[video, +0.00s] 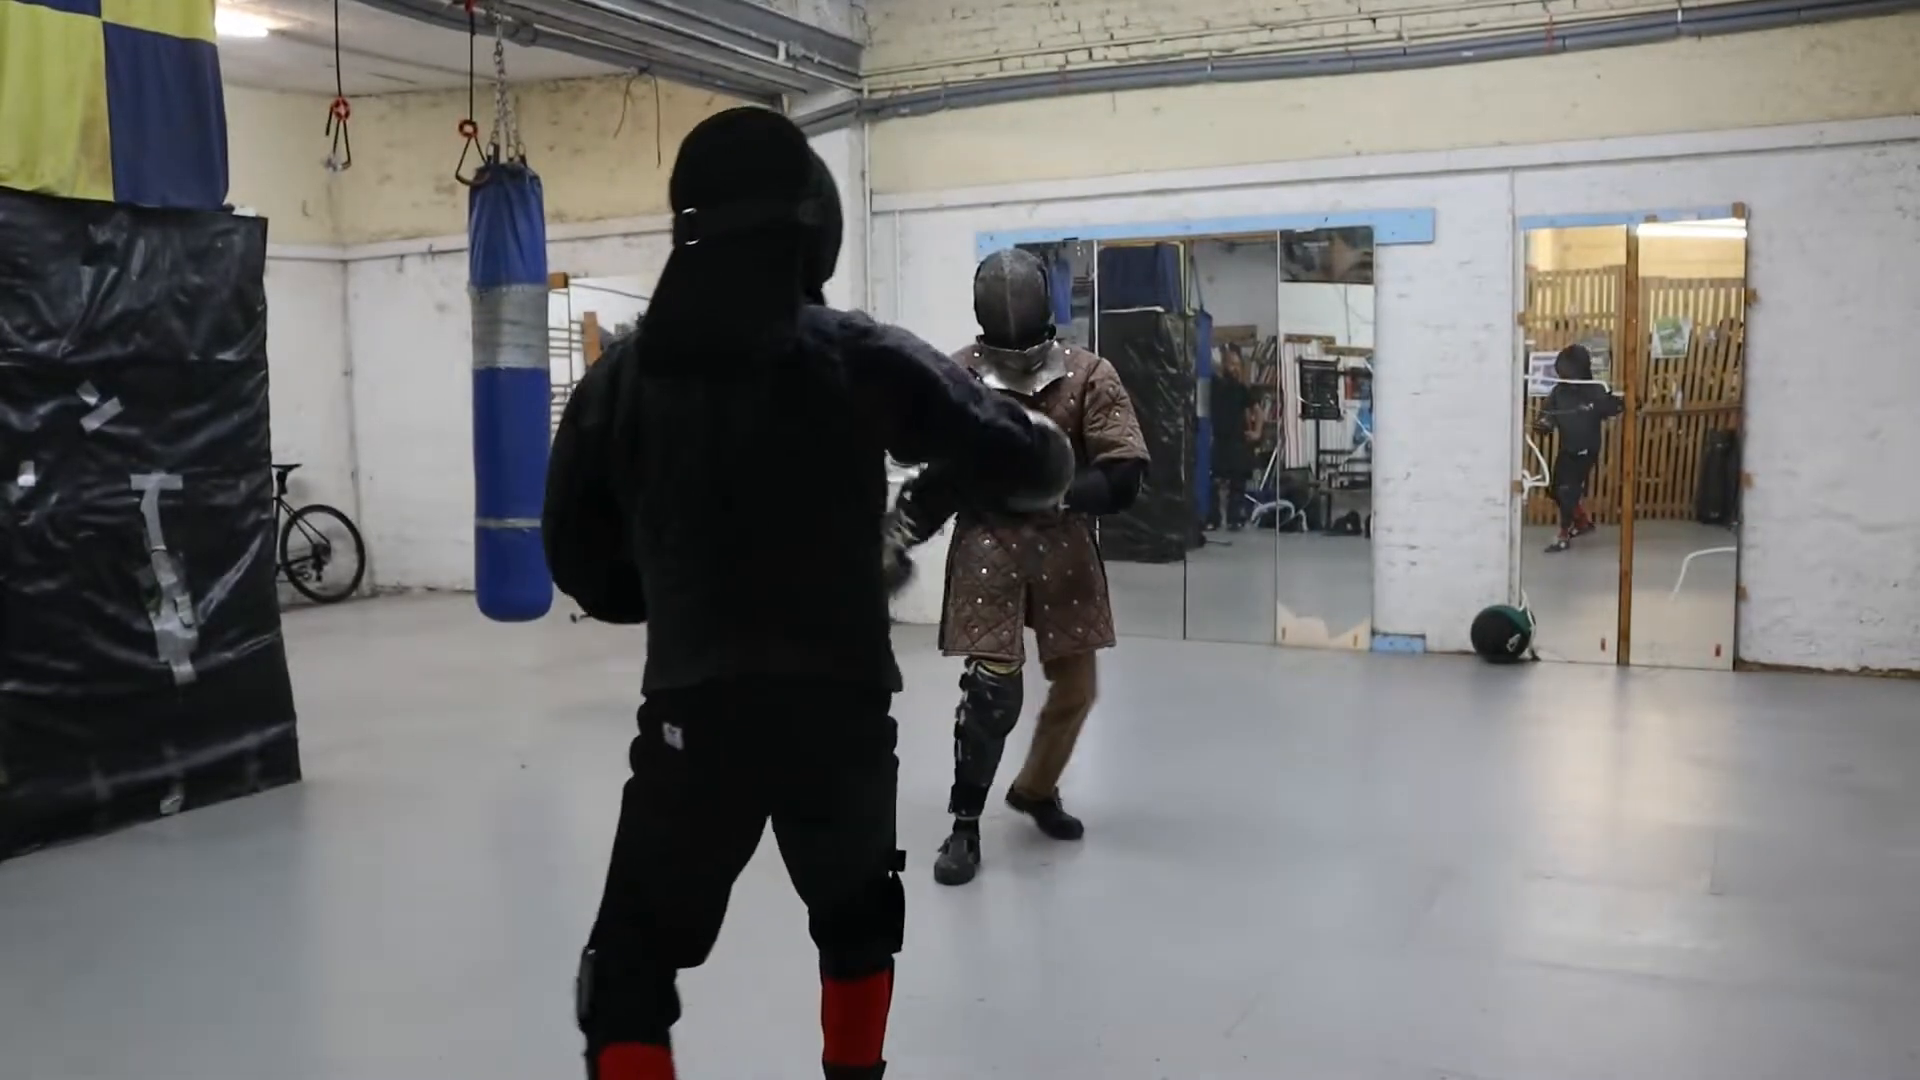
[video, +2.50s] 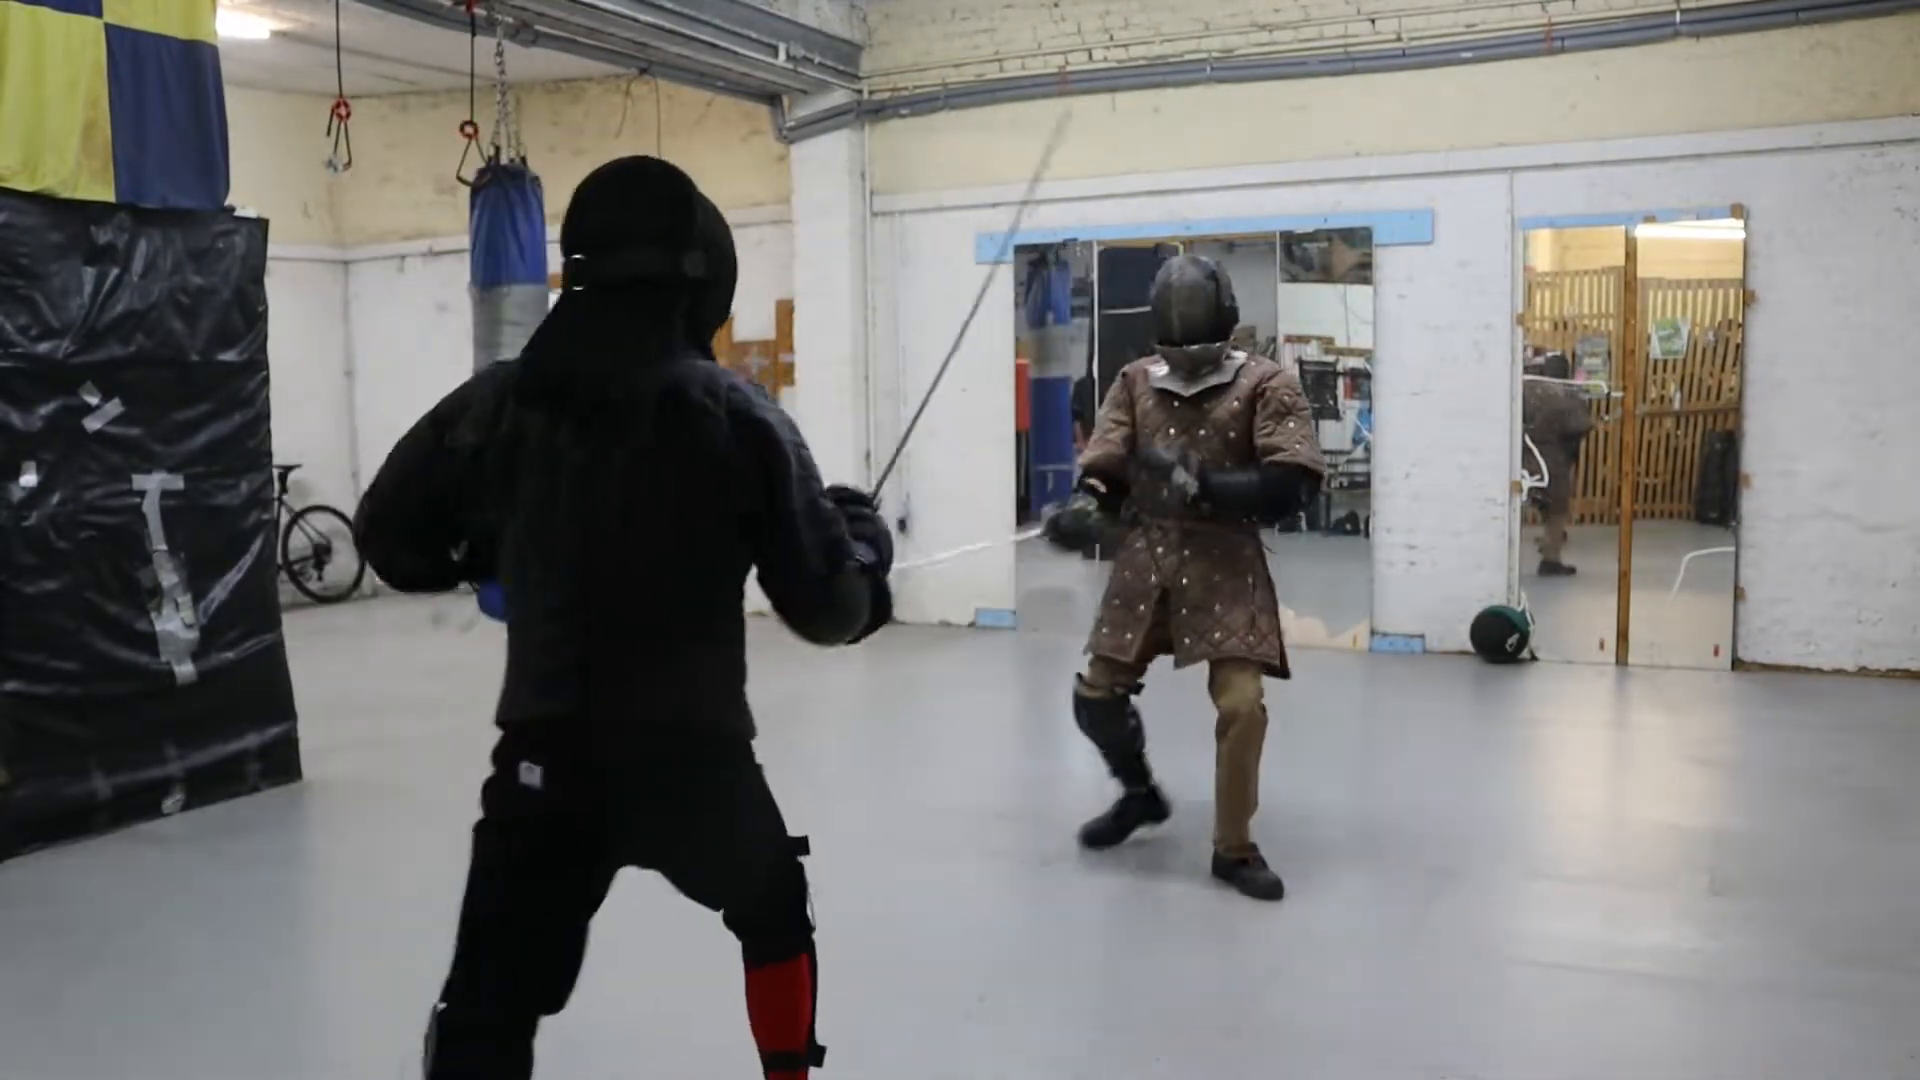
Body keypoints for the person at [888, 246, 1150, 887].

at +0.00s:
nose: (1017, 357)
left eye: (1028, 343)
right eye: (1002, 344)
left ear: (1047, 321)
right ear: (984, 325)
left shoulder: (1090, 375)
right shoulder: (959, 377)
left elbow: (1125, 474)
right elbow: (938, 476)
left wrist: (1057, 493)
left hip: (1065, 549)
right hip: (986, 548)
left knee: (1076, 690)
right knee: (994, 692)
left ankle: (1036, 788)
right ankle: (964, 826)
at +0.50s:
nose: (1095, 368)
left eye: (1106, 353)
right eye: (1079, 356)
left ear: (1120, 326)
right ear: (1056, 335)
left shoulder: (1162, 371)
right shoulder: (1036, 390)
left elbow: (1221, 459)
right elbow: (1016, 505)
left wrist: (1175, 470)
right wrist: (1048, 557)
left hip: (1151, 541)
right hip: (1074, 545)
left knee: (1175, 681)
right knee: (1054, 693)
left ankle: (1147, 807)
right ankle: (1005, 823)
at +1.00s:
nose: (1115, 366)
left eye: (1129, 353)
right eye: (1103, 351)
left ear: (1153, 333)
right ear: (1082, 332)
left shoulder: (1190, 391)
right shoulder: (1044, 373)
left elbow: (1237, 490)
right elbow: (939, 374)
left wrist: (1166, 493)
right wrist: (907, 318)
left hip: (1164, 557)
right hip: (1082, 557)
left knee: (1196, 695)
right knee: (1087, 719)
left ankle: (1164, 787)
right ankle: (1056, 877)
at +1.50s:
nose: (1112, 365)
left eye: (1126, 352)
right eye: (1098, 352)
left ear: (1149, 334)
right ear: (1076, 336)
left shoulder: (1190, 387)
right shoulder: (1049, 377)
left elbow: (1239, 488)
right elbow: (1002, 424)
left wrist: (1177, 517)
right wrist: (1060, 432)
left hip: (1174, 567)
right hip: (1088, 566)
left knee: (1221, 714)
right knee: (1077, 724)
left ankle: (1213, 840)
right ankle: (1056, 888)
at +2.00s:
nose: (1108, 370)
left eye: (1122, 353)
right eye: (1092, 356)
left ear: (1146, 325)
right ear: (1071, 336)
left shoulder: (1198, 383)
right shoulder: (1047, 395)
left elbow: (1261, 485)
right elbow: (1008, 504)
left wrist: (1183, 523)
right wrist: (974, 591)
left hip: (1187, 576)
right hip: (1096, 578)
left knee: (1229, 726)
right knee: (1090, 733)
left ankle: (1221, 856)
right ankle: (1050, 891)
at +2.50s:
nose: (1186, 347)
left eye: (1199, 333)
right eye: (1174, 334)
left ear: (1226, 322)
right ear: (1159, 326)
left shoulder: (1268, 383)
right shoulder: (1136, 381)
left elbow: (1294, 481)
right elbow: (1104, 462)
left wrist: (1208, 485)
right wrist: (1088, 503)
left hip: (1227, 565)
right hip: (1144, 561)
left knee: (1243, 704)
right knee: (1097, 698)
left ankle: (1234, 850)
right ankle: (1141, 795)